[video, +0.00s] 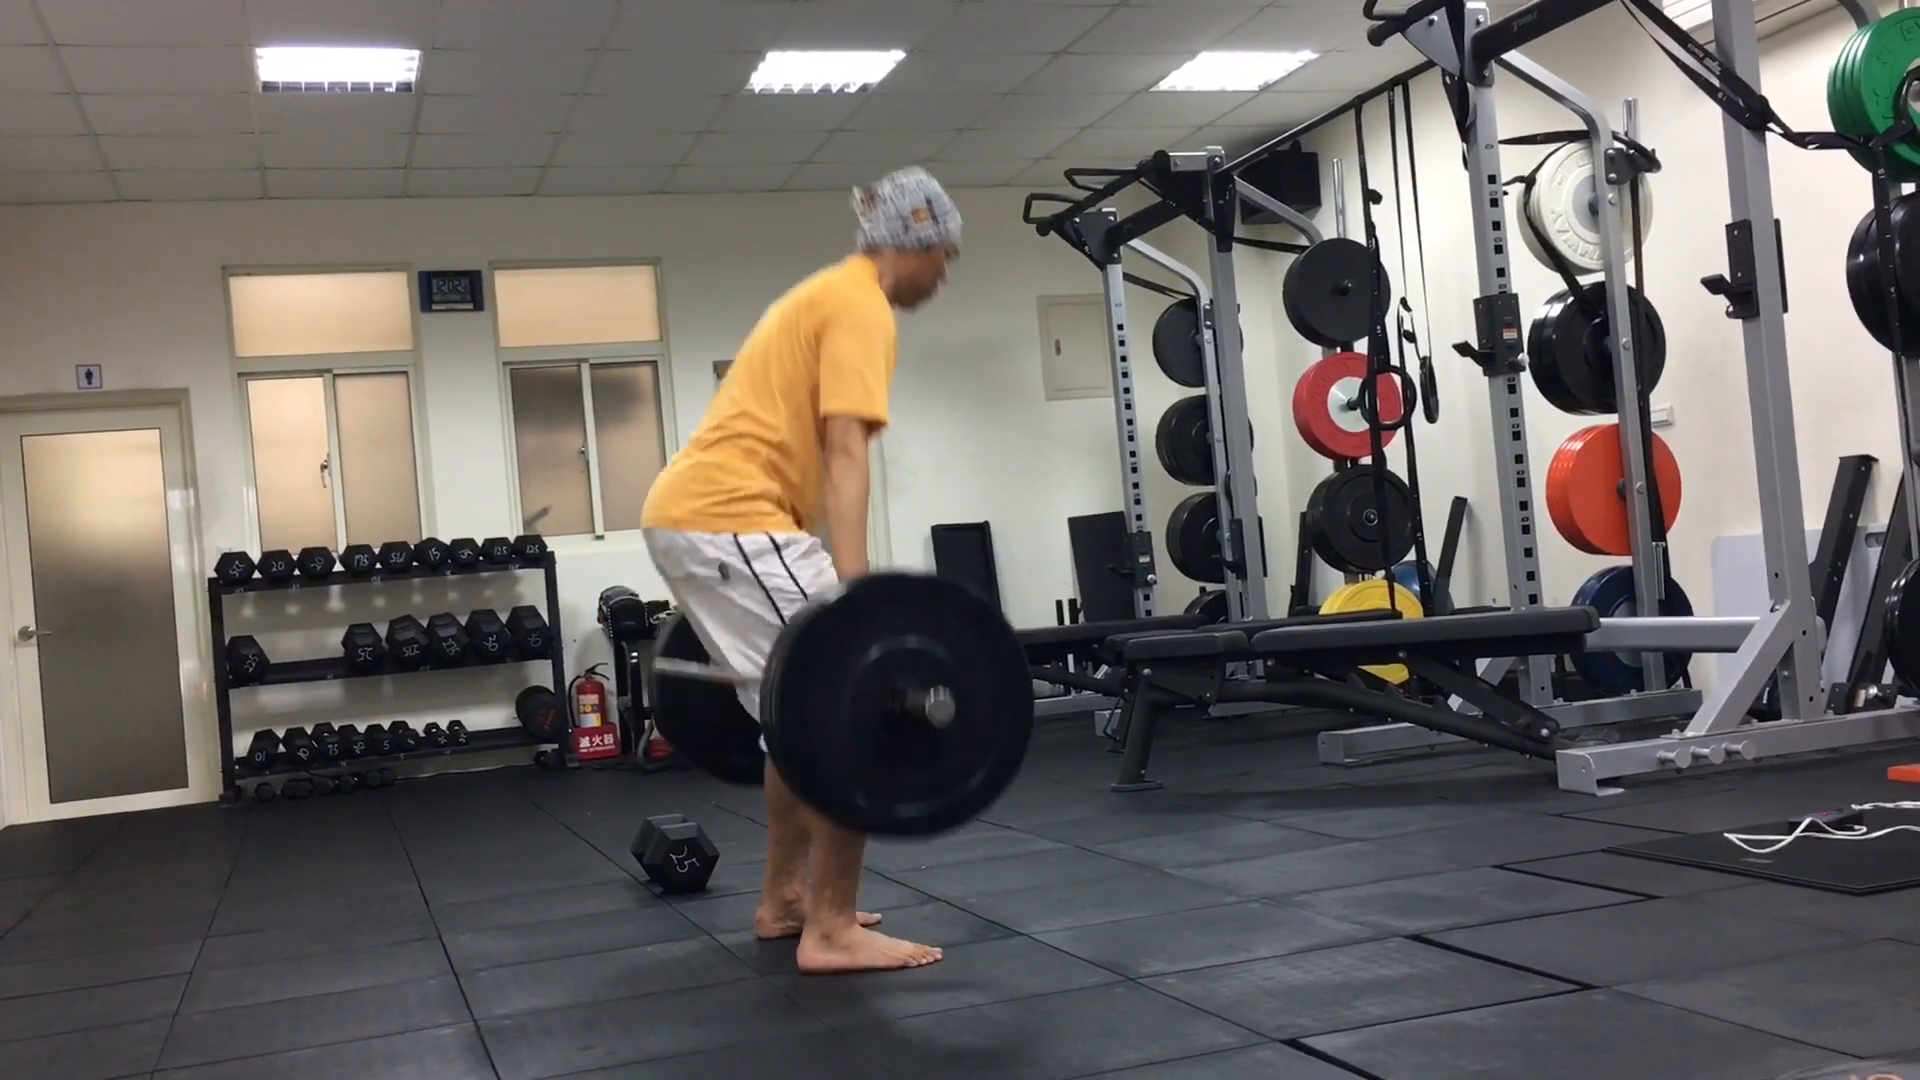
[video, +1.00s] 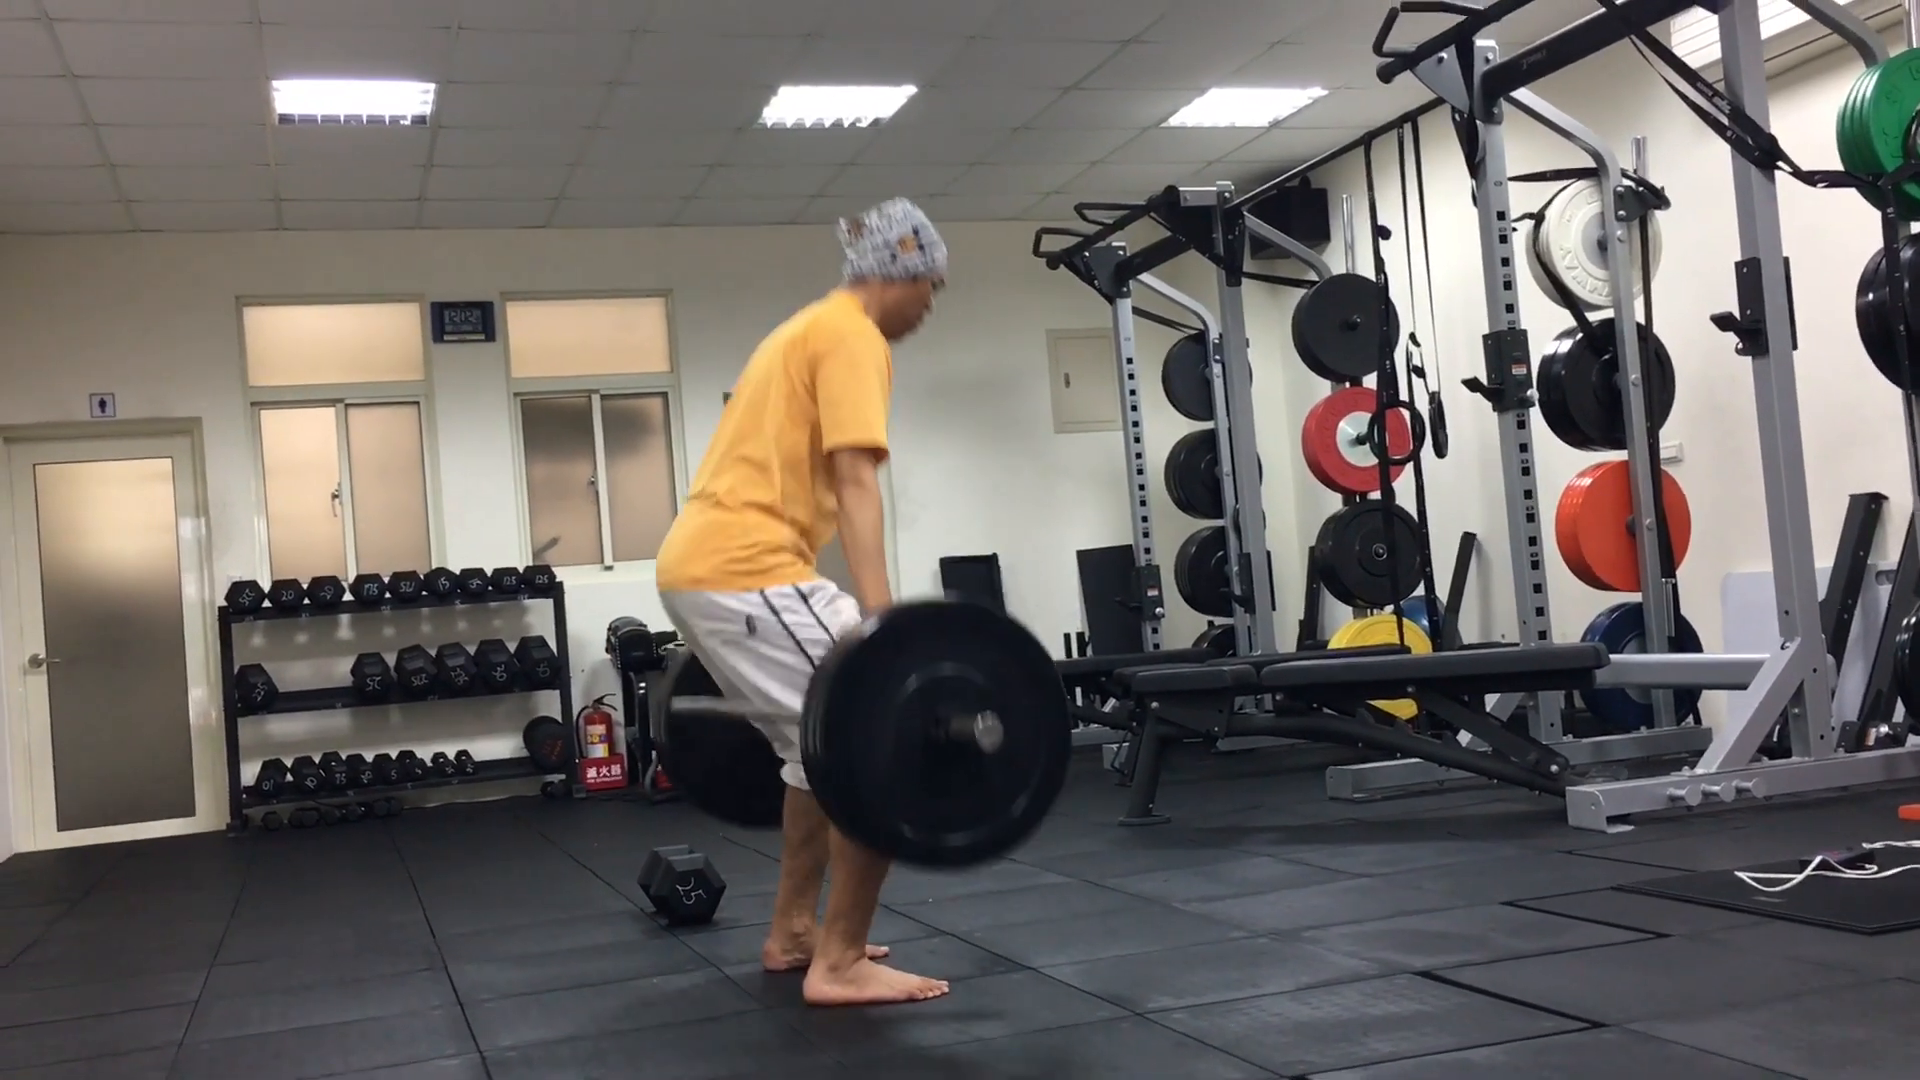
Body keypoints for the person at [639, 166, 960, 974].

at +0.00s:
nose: (944, 276)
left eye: (948, 259)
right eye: (944, 256)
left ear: (885, 238)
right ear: (913, 241)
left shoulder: (822, 295)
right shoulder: (856, 302)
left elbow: (806, 453)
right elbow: (844, 448)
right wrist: (855, 598)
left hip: (691, 511)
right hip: (734, 513)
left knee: (799, 699)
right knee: (846, 694)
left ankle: (785, 898)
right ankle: (834, 927)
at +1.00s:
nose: (928, 311)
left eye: (934, 294)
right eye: (930, 291)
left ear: (873, 270)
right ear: (900, 273)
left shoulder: (804, 330)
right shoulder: (848, 333)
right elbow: (852, 480)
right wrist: (879, 623)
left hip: (701, 565)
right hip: (747, 566)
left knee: (821, 738)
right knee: (881, 731)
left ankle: (794, 930)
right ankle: (842, 961)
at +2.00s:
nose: (991, 412)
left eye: (995, 396)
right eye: (991, 393)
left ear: (931, 379)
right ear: (958, 382)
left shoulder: (868, 427)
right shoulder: (898, 437)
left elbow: (860, 584)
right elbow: (885, 588)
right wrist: (898, 726)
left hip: (715, 623)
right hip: (754, 625)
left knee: (882, 744)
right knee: (918, 742)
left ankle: (813, 931)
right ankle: (862, 964)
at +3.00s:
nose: (936, 235)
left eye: (939, 219)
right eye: (935, 217)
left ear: (870, 201)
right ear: (904, 204)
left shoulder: (814, 269)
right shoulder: (848, 270)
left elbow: (806, 426)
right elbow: (849, 414)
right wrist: (872, 557)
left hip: (744, 536)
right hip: (792, 536)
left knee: (796, 742)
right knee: (851, 738)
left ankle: (803, 934)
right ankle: (849, 963)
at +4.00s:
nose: (997, 436)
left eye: (1001, 421)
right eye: (997, 418)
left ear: (936, 404)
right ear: (961, 407)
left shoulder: (873, 452)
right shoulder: (903, 464)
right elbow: (896, 618)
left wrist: (853, 753)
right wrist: (912, 754)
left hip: (718, 645)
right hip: (759, 647)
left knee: (885, 754)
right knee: (947, 749)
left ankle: (808, 931)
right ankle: (856, 961)